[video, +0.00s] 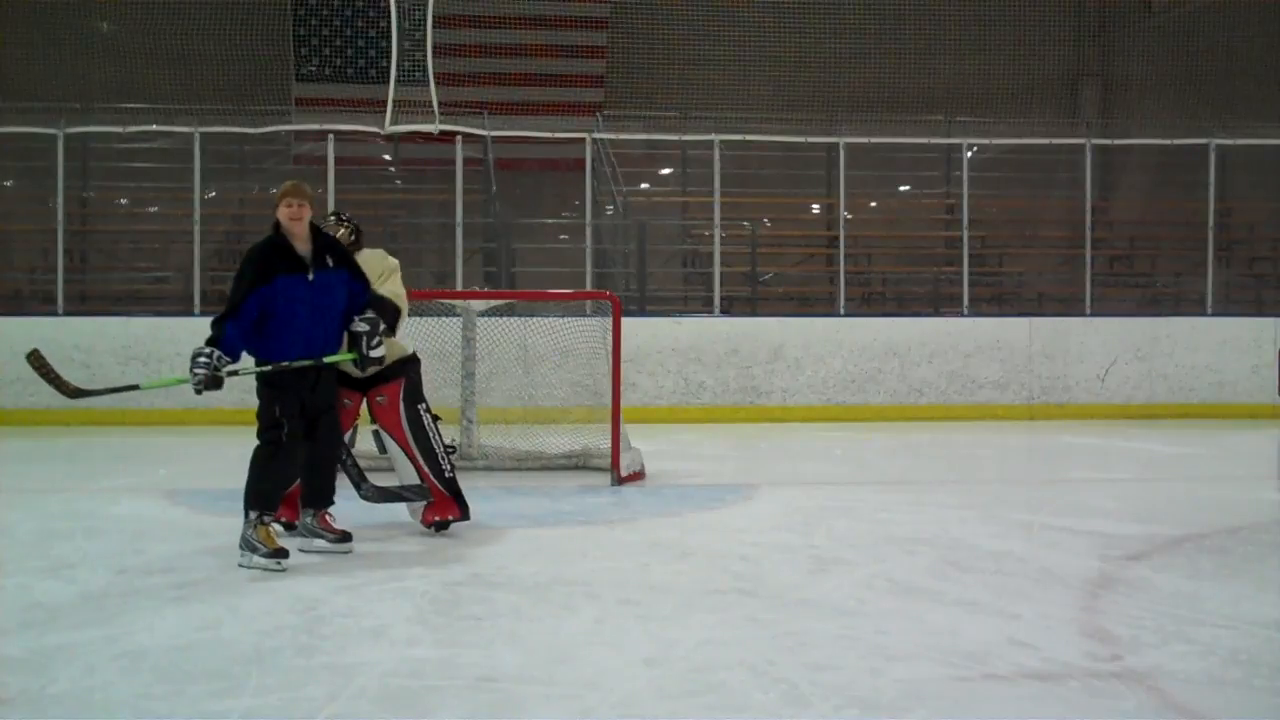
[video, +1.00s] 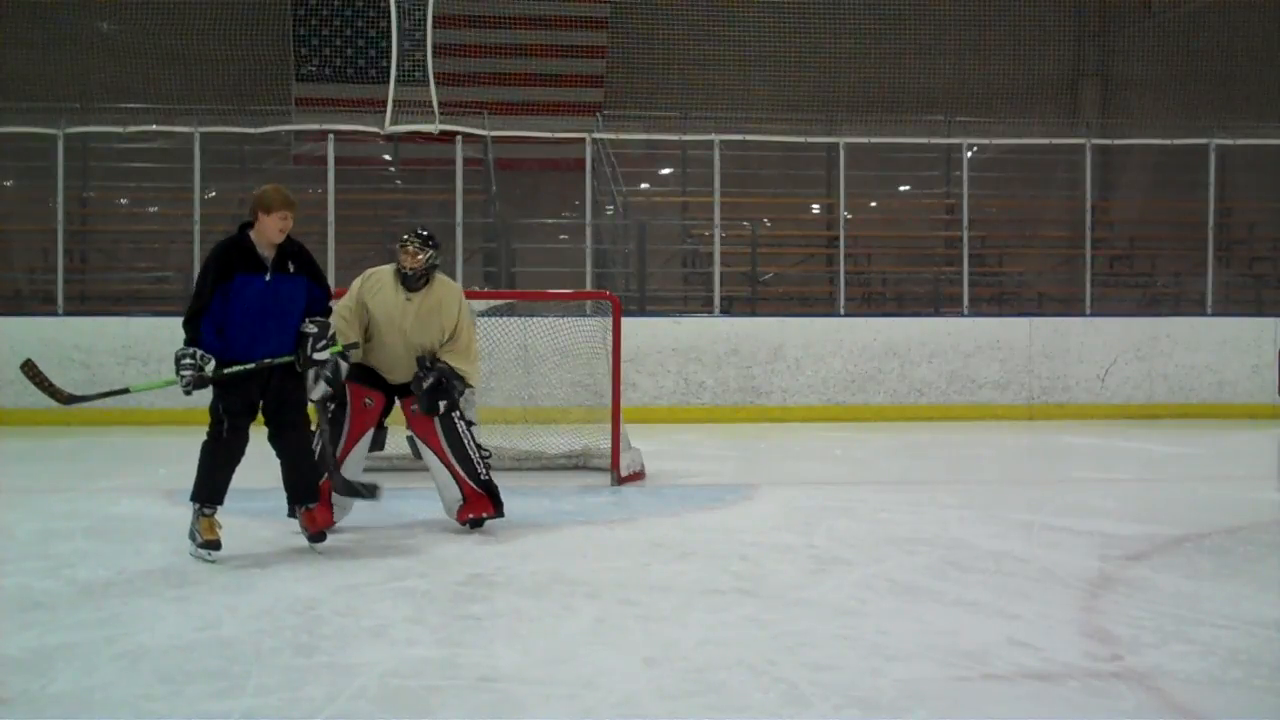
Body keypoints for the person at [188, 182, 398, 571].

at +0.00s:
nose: (295, 211)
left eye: (301, 205)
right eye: (288, 205)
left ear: (312, 210)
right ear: (277, 212)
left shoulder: (333, 253)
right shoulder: (262, 257)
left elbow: (365, 300)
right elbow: (237, 313)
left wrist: (369, 328)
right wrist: (214, 354)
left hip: (322, 367)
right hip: (278, 371)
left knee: (325, 442)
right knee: (279, 445)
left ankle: (313, 516)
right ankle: (257, 526)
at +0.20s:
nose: (280, 210)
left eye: (286, 204)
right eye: (273, 204)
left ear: (296, 210)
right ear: (262, 210)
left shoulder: (317, 251)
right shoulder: (247, 255)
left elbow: (343, 296)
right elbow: (223, 309)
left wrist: (355, 320)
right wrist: (200, 351)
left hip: (313, 363)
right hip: (267, 365)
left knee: (316, 439)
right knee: (270, 441)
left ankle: (309, 514)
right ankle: (248, 525)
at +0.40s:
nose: (270, 210)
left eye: (276, 205)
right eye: (263, 204)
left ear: (287, 211)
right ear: (253, 211)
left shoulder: (309, 252)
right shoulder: (237, 257)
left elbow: (337, 295)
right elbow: (212, 311)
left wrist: (344, 323)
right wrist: (191, 348)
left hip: (304, 366)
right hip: (255, 369)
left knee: (312, 442)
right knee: (255, 443)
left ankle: (311, 510)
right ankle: (229, 523)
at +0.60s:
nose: (270, 211)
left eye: (277, 206)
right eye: (264, 206)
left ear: (286, 212)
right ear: (252, 211)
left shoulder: (306, 251)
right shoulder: (234, 255)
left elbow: (335, 295)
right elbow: (212, 311)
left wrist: (333, 327)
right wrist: (194, 351)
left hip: (298, 365)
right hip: (248, 367)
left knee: (305, 440)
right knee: (244, 441)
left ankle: (312, 508)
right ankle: (221, 520)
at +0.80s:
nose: (286, 220)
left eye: (289, 214)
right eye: (279, 214)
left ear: (293, 218)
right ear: (258, 215)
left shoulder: (304, 254)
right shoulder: (231, 256)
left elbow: (328, 298)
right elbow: (209, 310)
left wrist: (322, 330)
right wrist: (203, 355)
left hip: (293, 365)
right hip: (243, 367)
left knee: (301, 439)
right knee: (236, 441)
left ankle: (311, 509)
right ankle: (215, 514)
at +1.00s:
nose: (286, 227)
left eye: (290, 220)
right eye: (280, 219)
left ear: (291, 222)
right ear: (258, 217)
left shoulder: (298, 257)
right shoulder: (226, 256)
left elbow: (320, 300)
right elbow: (199, 311)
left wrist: (315, 330)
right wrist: (195, 354)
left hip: (284, 365)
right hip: (235, 367)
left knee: (295, 436)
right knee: (228, 439)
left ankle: (306, 507)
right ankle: (205, 513)